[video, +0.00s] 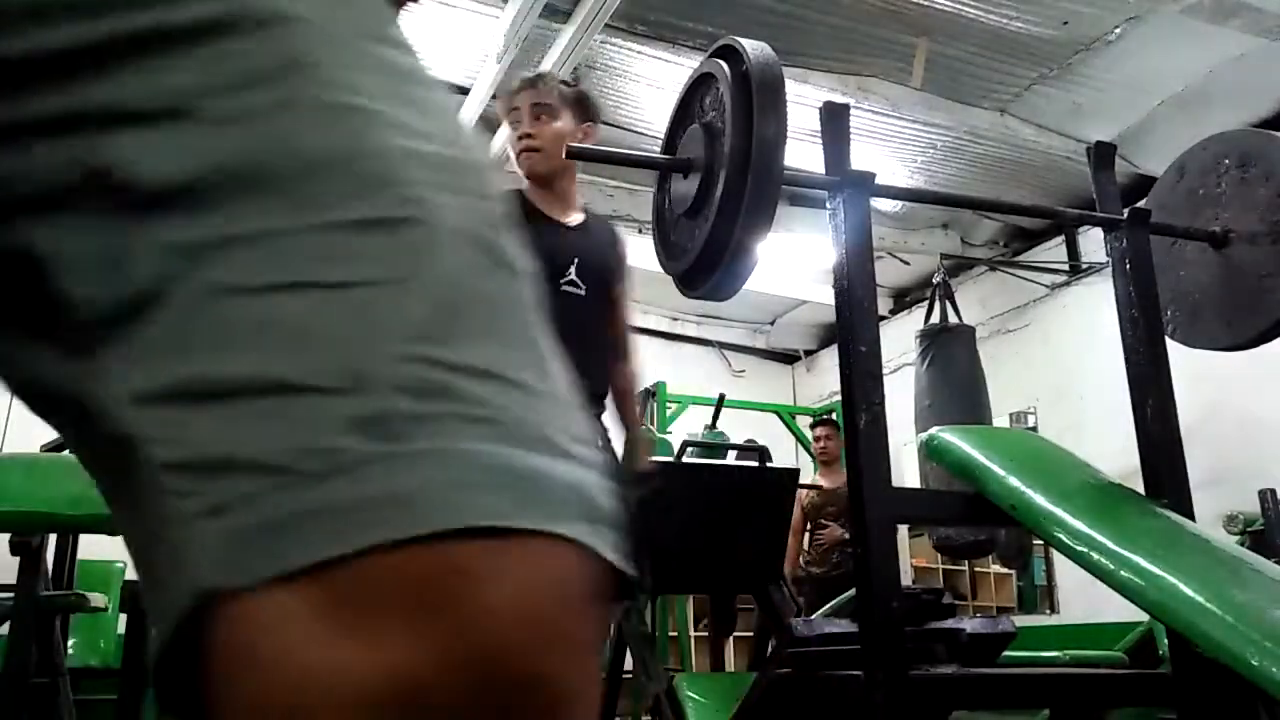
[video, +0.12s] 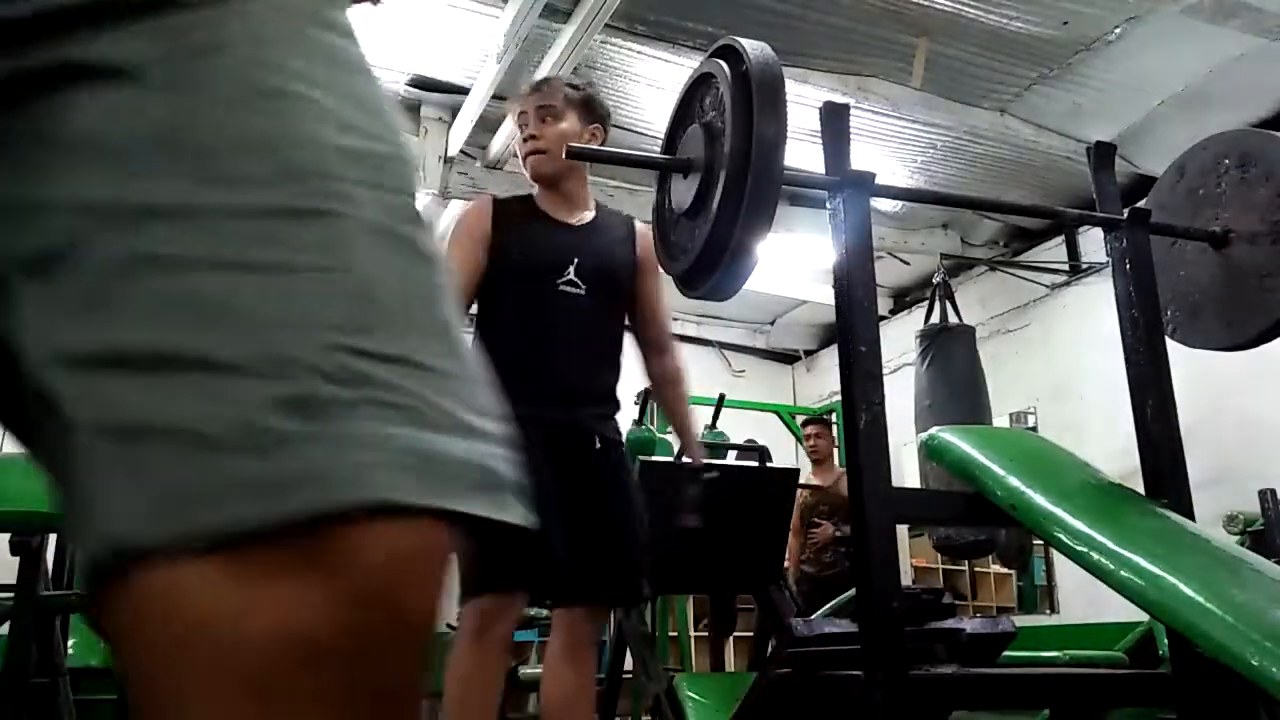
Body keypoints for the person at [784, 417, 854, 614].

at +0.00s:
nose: (822, 445)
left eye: (829, 438)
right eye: (816, 440)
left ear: (842, 443)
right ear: (811, 445)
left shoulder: (854, 482)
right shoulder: (806, 488)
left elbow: (872, 523)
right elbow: (795, 534)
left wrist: (845, 533)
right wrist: (789, 573)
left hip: (850, 569)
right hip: (814, 571)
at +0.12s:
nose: (812, 443)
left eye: (819, 437)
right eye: (807, 438)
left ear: (833, 442)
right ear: (802, 444)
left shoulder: (847, 481)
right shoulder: (802, 487)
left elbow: (865, 525)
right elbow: (795, 533)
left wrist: (836, 531)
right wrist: (792, 576)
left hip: (844, 571)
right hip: (809, 573)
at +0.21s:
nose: (803, 443)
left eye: (809, 436)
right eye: (798, 438)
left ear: (824, 439)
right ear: (796, 444)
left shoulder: (842, 481)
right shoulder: (798, 484)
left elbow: (860, 522)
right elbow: (793, 528)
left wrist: (829, 532)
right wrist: (791, 561)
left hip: (838, 570)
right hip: (804, 570)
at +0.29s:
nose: (793, 444)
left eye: (799, 437)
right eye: (789, 439)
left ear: (814, 440)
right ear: (786, 444)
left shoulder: (836, 480)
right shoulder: (789, 481)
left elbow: (856, 520)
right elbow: (787, 526)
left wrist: (820, 534)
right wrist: (786, 558)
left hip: (832, 571)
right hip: (796, 571)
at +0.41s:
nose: (779, 442)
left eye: (785, 434)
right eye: (775, 437)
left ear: (802, 437)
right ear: (772, 442)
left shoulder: (827, 478)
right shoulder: (777, 480)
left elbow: (841, 523)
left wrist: (808, 550)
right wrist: (781, 552)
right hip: (781, 567)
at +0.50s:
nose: (771, 440)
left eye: (777, 433)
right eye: (767, 436)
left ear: (793, 434)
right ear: (764, 441)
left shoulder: (818, 476)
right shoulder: (768, 479)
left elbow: (828, 522)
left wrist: (813, 562)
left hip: (809, 564)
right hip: (776, 566)